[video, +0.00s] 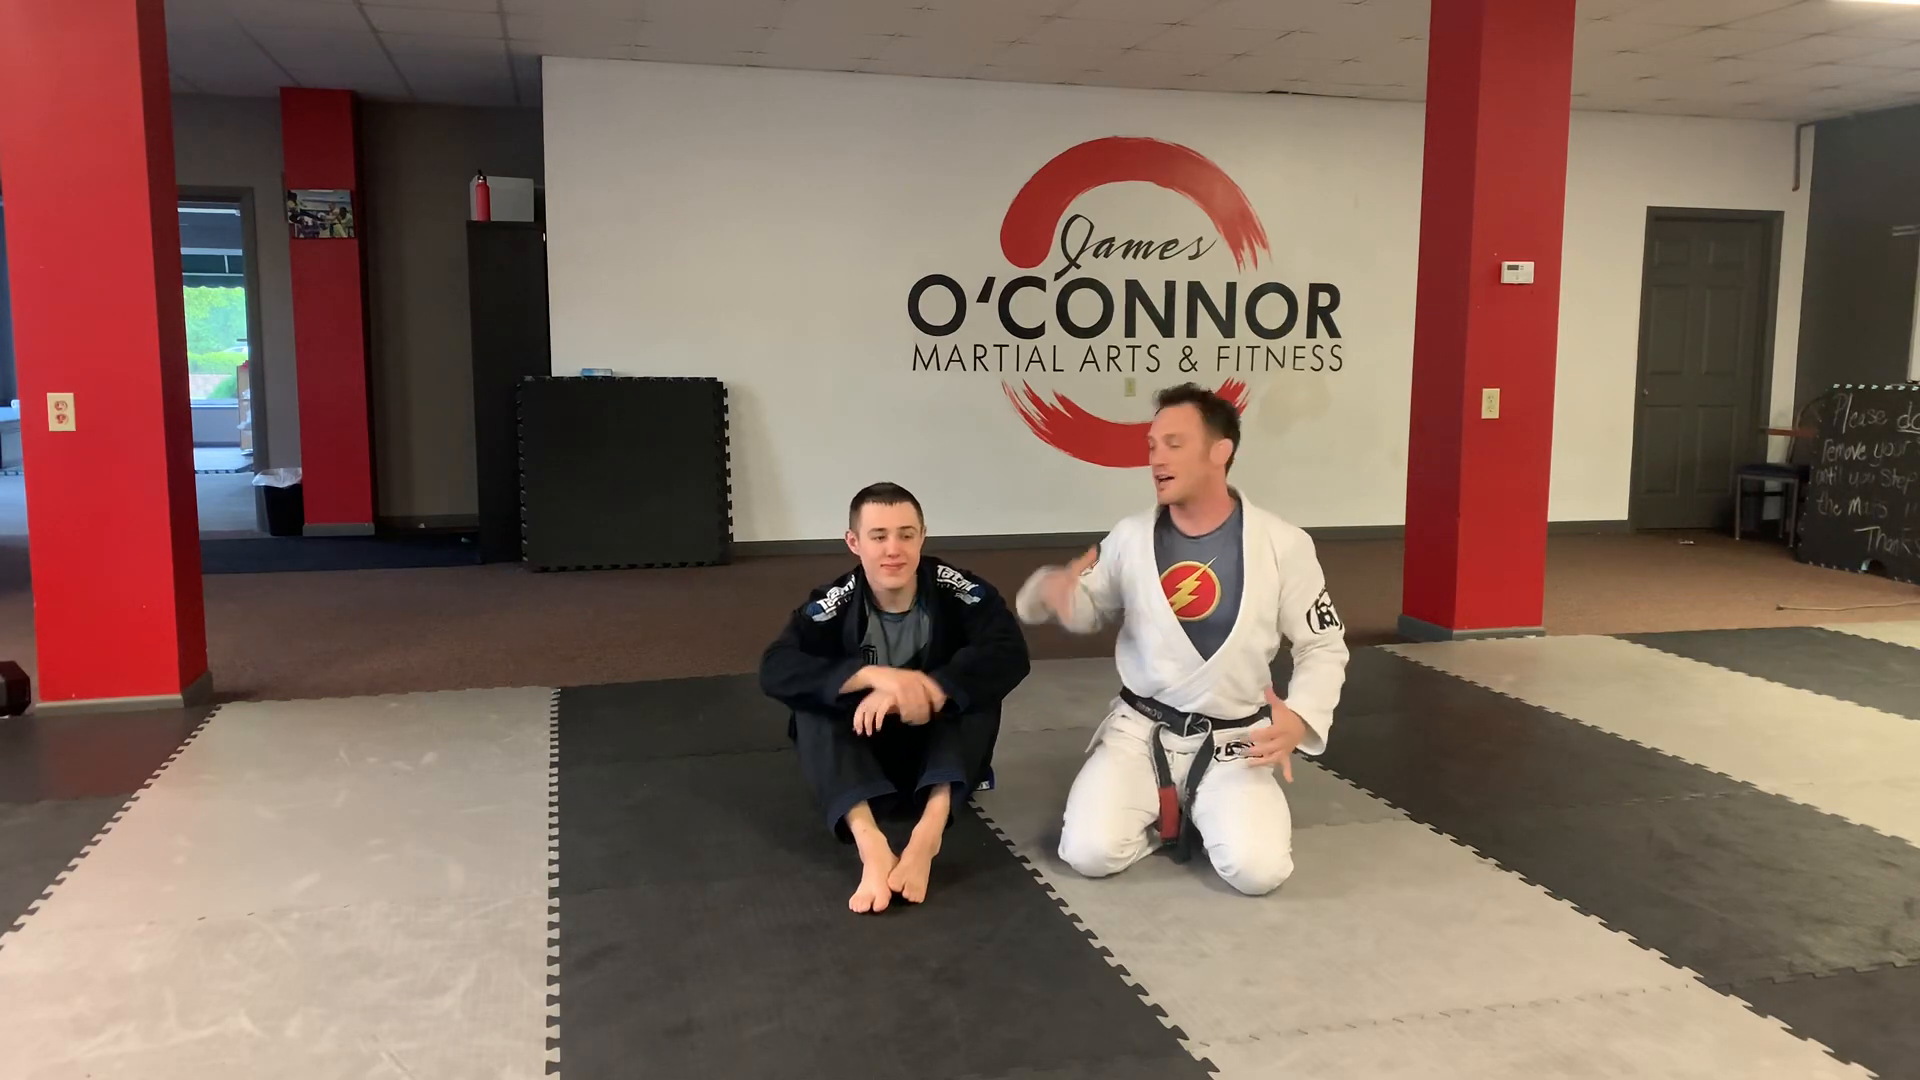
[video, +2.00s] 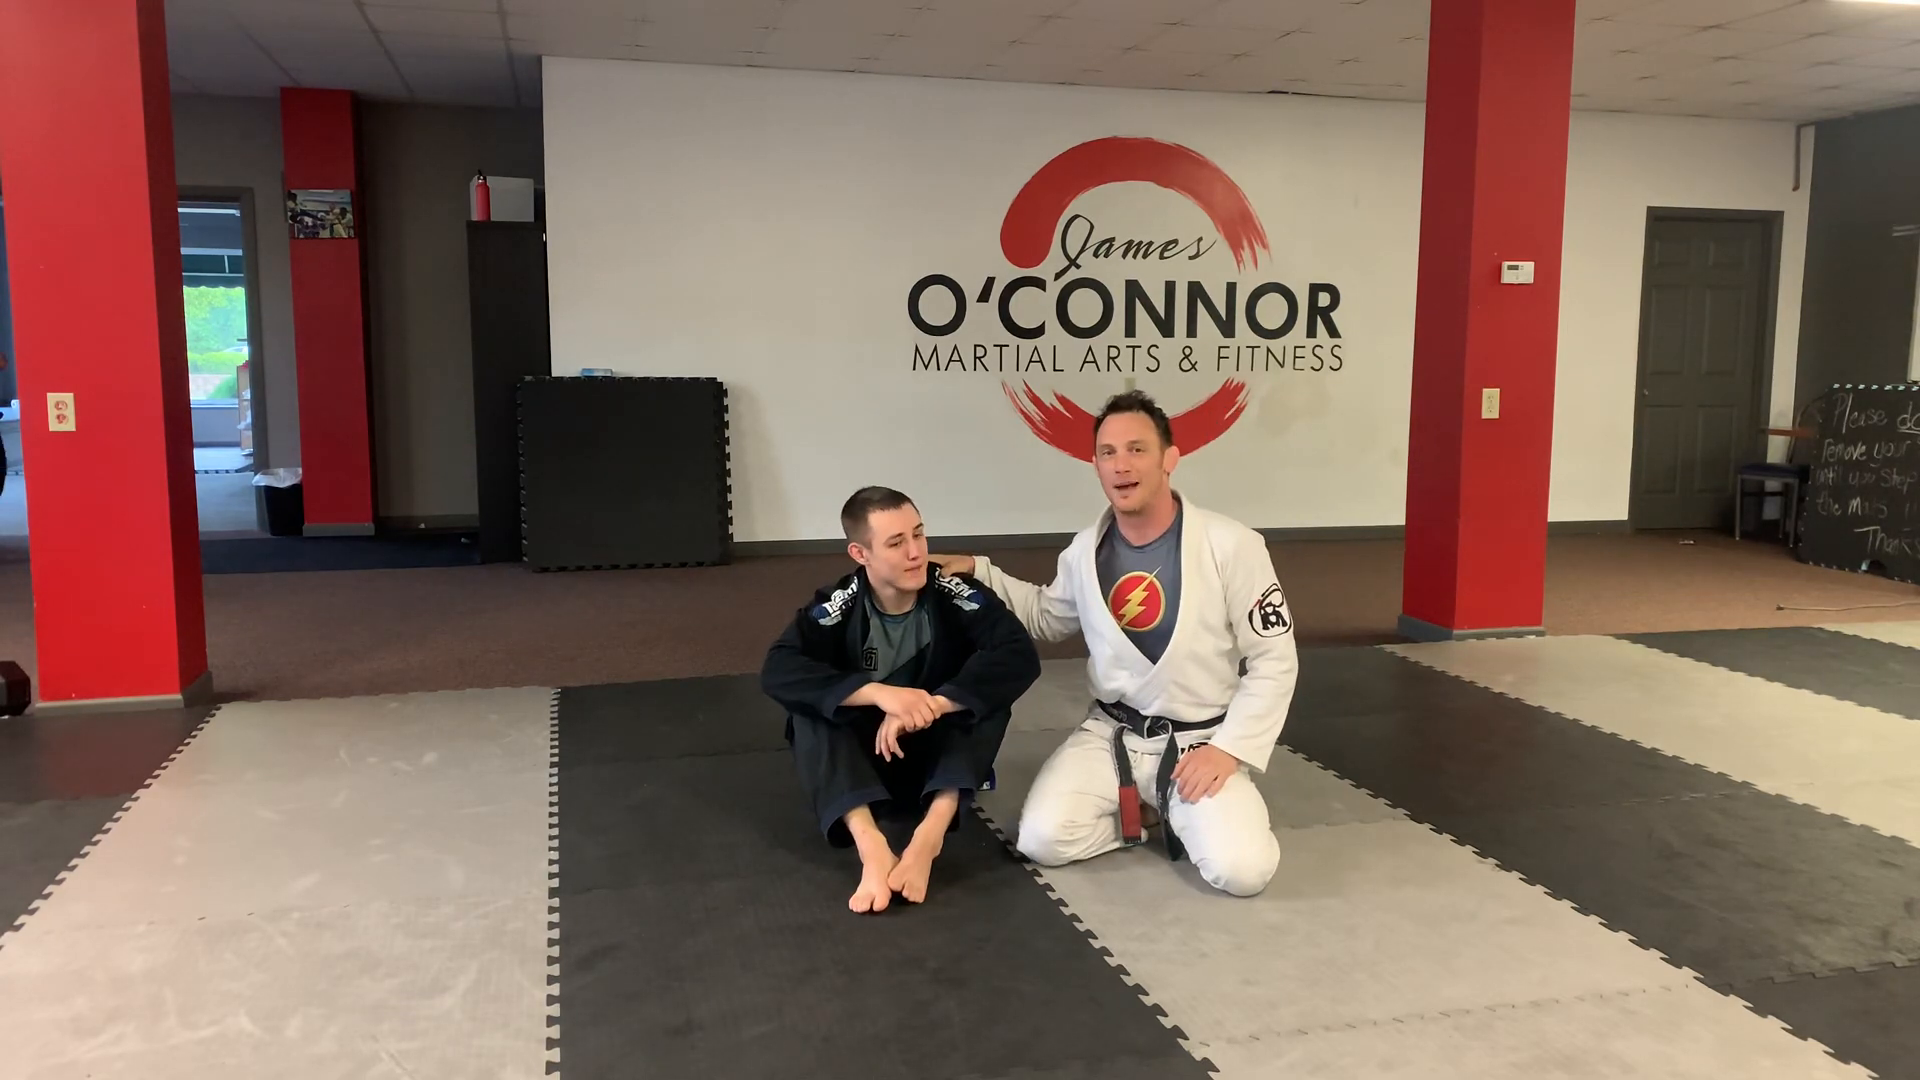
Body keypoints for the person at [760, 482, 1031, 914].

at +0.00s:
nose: (894, 549)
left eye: (906, 535)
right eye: (878, 537)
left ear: (921, 538)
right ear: (853, 543)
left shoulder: (962, 592)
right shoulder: (833, 603)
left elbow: (1009, 655)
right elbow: (776, 669)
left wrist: (912, 691)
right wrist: (871, 674)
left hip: (940, 755)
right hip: (860, 758)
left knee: (977, 691)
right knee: (813, 705)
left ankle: (929, 833)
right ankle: (870, 844)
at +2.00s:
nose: (915, 552)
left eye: (917, 535)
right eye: (896, 543)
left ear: (925, 533)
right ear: (861, 554)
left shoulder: (954, 594)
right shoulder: (836, 606)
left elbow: (1019, 655)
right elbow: (779, 671)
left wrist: (928, 706)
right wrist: (880, 693)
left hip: (937, 754)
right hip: (860, 757)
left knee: (987, 698)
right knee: (808, 710)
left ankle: (931, 834)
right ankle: (870, 846)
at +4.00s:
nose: (904, 557)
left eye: (913, 541)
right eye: (887, 545)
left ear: (925, 536)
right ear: (858, 545)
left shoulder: (962, 593)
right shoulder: (837, 604)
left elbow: (1012, 657)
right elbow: (783, 669)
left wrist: (927, 707)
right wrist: (879, 692)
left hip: (938, 753)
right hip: (861, 756)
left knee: (983, 693)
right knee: (813, 706)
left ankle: (930, 835)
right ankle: (871, 846)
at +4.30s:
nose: (914, 550)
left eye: (925, 535)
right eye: (900, 536)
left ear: (936, 532)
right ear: (870, 536)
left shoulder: (972, 596)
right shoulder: (843, 597)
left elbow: (1011, 671)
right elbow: (776, 658)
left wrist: (965, 717)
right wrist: (845, 692)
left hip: (937, 765)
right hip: (860, 760)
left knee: (969, 660)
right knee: (808, 698)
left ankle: (928, 836)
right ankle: (857, 848)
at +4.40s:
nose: (920, 548)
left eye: (932, 534)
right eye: (906, 534)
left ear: (943, 533)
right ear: (877, 533)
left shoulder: (979, 601)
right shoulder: (848, 592)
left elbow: (1020, 685)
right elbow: (766, 649)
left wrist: (1002, 733)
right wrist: (794, 685)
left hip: (936, 764)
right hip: (858, 760)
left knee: (967, 661)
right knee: (793, 677)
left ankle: (928, 832)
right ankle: (821, 841)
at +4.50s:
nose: (927, 549)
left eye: (939, 535)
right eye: (913, 534)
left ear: (951, 533)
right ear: (885, 531)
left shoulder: (983, 604)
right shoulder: (853, 591)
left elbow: (1023, 699)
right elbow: (764, 637)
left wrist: (1015, 766)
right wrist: (755, 670)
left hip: (944, 767)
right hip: (861, 764)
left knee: (958, 659)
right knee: (777, 671)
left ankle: (924, 831)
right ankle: (775, 840)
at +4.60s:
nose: (932, 552)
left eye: (945, 539)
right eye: (919, 537)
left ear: (958, 537)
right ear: (894, 532)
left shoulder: (986, 606)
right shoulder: (863, 586)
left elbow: (1023, 710)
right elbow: (785, 618)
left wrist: (1018, 794)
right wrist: (735, 651)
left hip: (945, 765)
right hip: (863, 758)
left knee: (946, 659)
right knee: (758, 669)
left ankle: (918, 831)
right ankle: (722, 830)